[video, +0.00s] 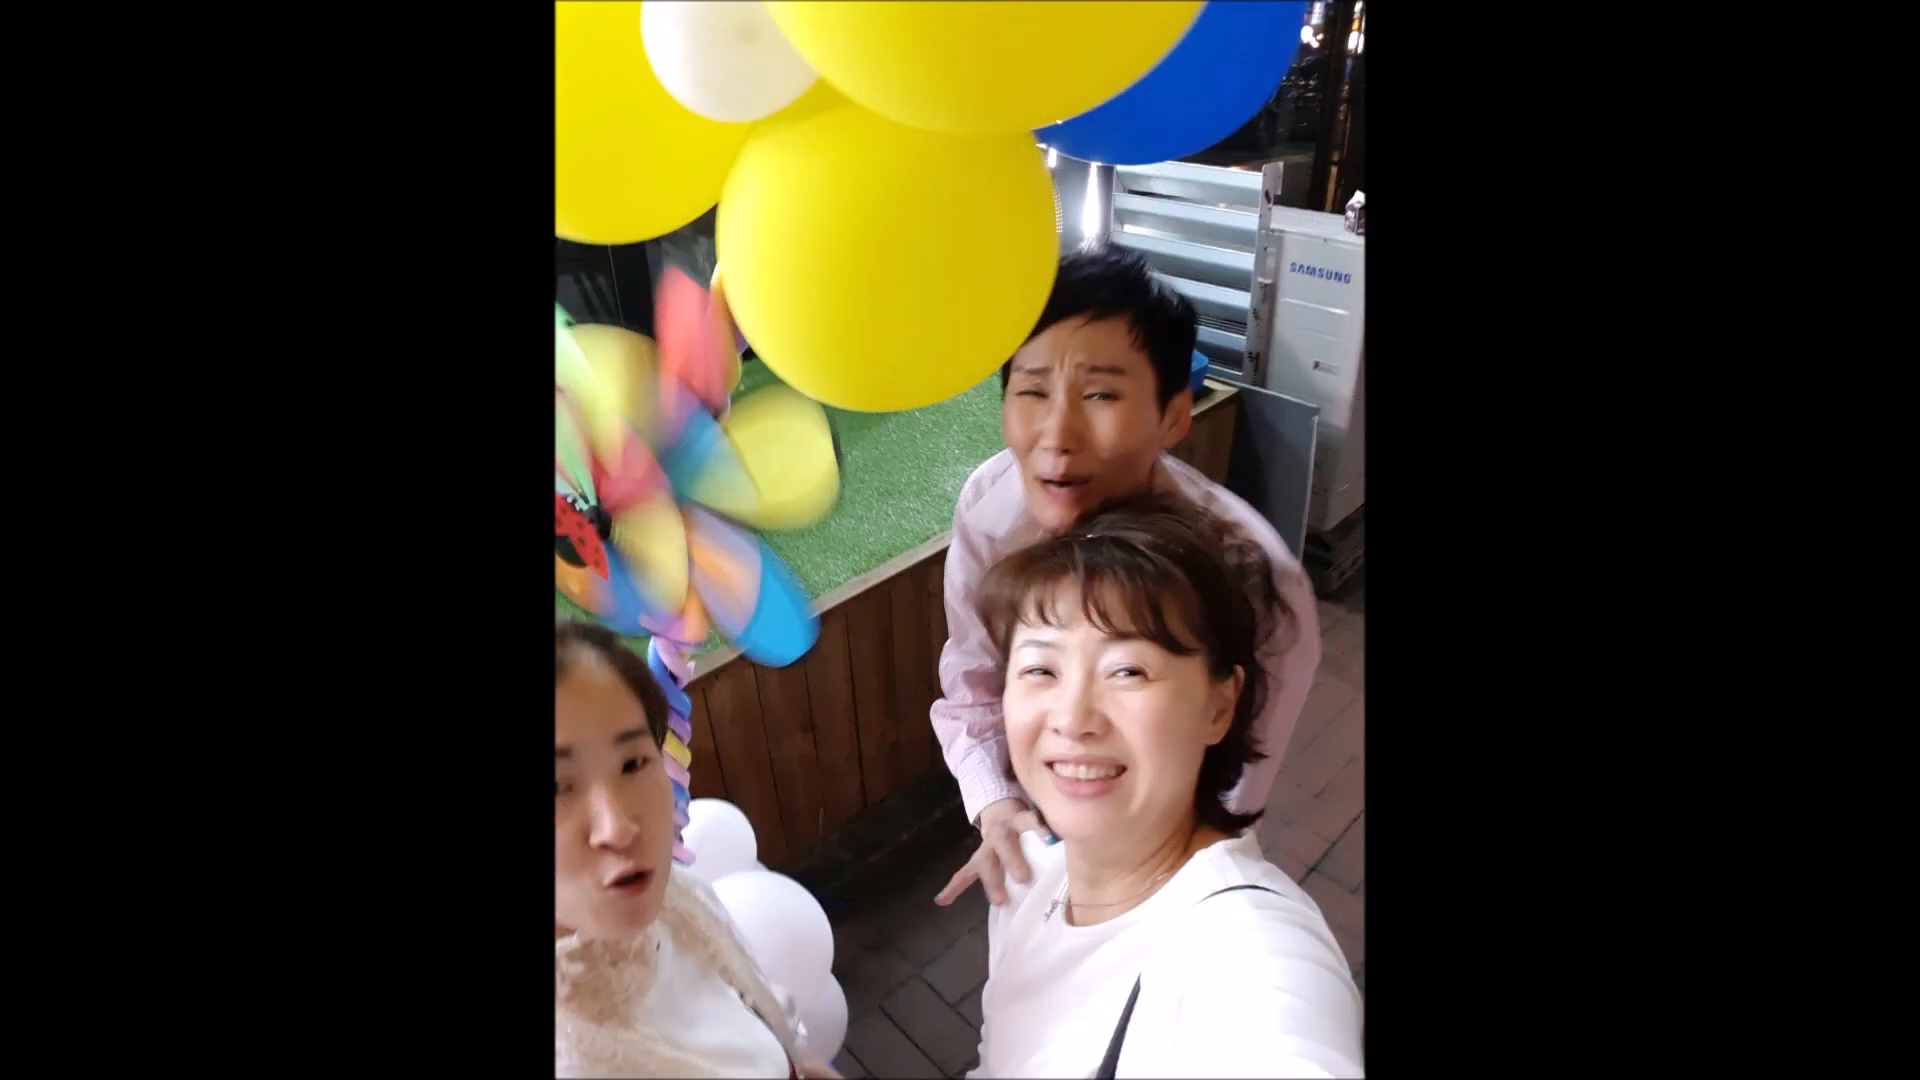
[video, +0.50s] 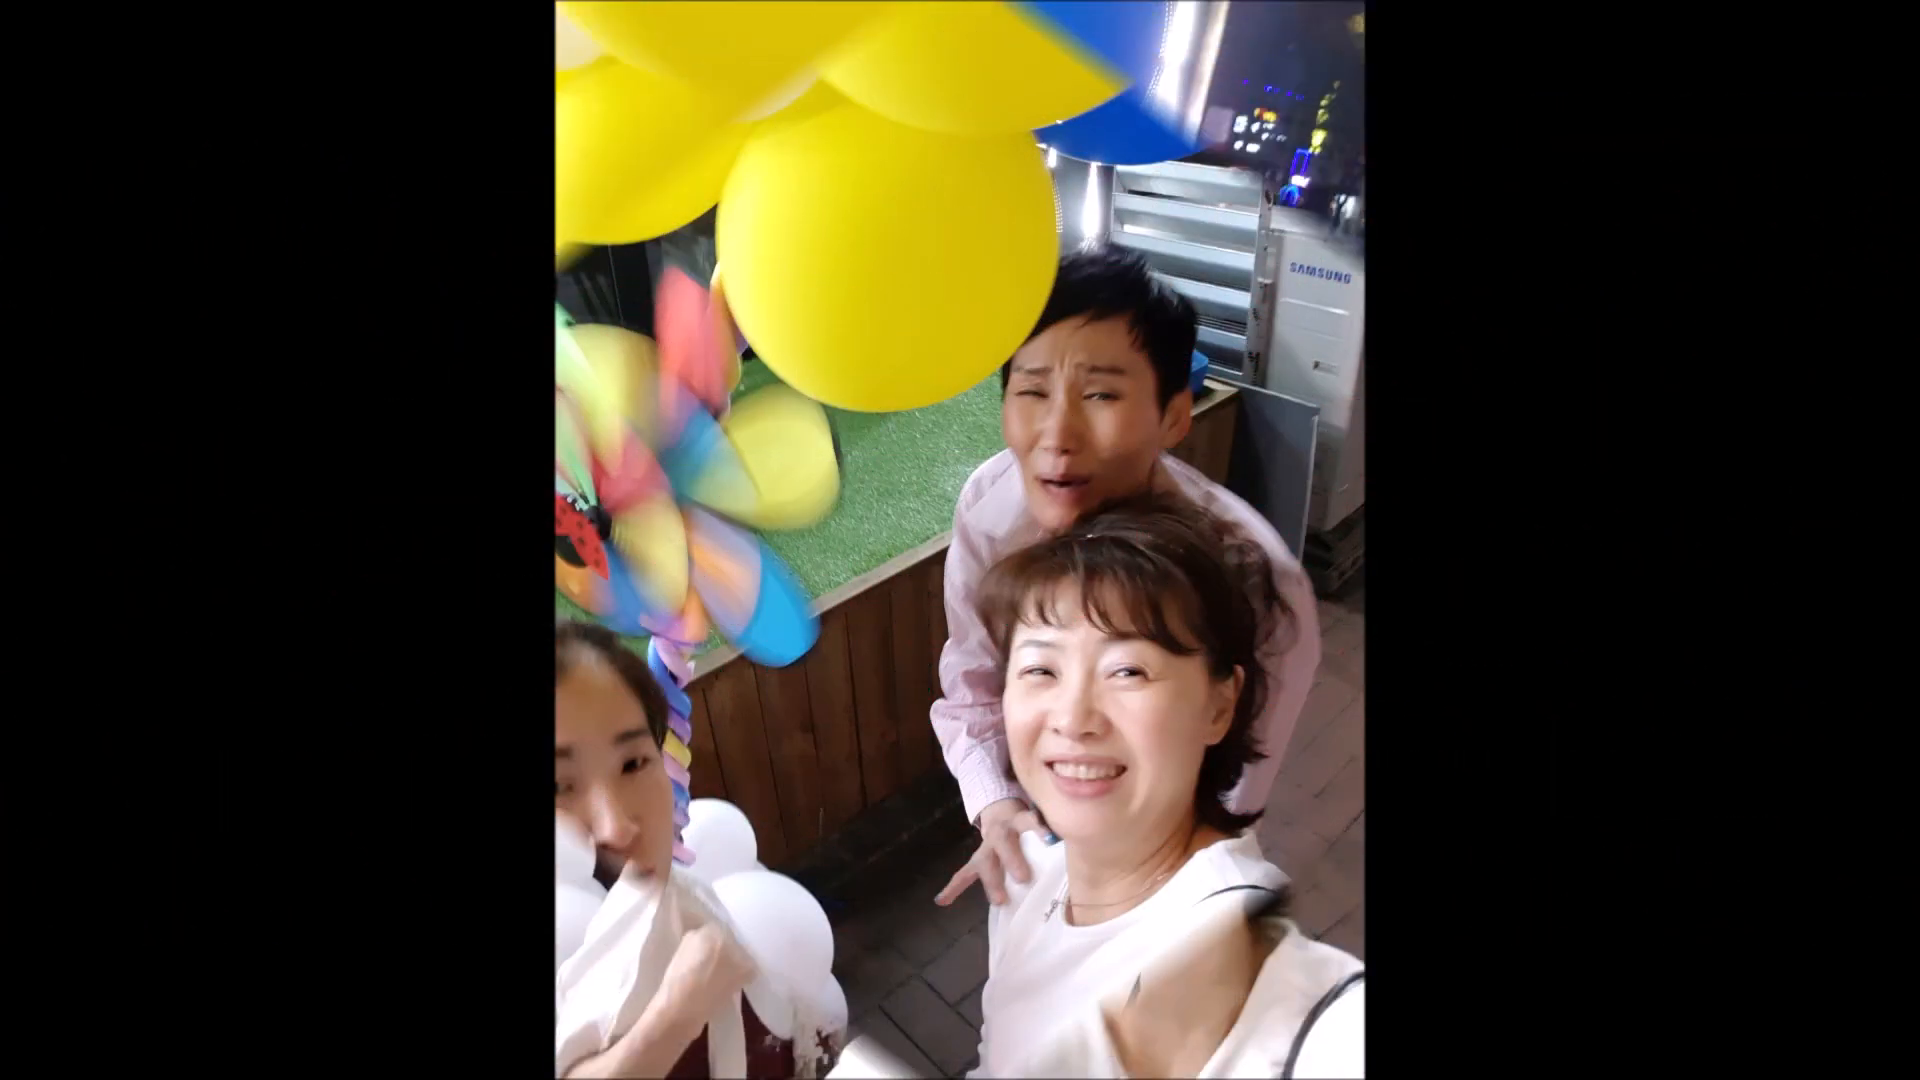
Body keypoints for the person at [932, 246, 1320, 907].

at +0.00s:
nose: (1057, 435)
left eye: (1101, 395)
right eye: (1033, 393)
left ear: (1174, 419)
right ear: (1004, 407)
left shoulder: (1253, 576)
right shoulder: (990, 504)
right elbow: (967, 677)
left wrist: (1224, 819)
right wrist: (992, 803)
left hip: (1176, 818)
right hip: (1040, 807)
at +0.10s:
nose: (1057, 435)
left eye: (1101, 395)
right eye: (1033, 393)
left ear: (1174, 419)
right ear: (1004, 407)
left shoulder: (1253, 576)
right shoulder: (990, 504)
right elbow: (967, 677)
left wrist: (1224, 818)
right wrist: (992, 803)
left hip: (1176, 818)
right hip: (1040, 808)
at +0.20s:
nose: (1057, 435)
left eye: (1101, 395)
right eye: (1033, 393)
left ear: (1174, 419)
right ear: (1004, 407)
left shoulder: (1253, 576)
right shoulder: (990, 504)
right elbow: (967, 677)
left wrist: (1224, 819)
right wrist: (992, 803)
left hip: (1176, 818)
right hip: (1040, 808)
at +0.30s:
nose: (1057, 435)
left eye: (1101, 395)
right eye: (1033, 393)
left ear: (1174, 419)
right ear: (1004, 407)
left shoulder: (1253, 576)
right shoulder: (990, 504)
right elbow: (967, 677)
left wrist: (1224, 819)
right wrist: (992, 803)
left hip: (1176, 818)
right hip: (1040, 808)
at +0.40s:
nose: (1057, 435)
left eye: (1101, 395)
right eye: (1033, 393)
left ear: (1174, 419)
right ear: (1004, 407)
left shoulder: (1253, 576)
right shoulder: (990, 504)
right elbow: (967, 677)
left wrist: (1225, 818)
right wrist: (992, 803)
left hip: (1176, 817)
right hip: (1040, 807)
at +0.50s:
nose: (1057, 435)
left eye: (1101, 396)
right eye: (1033, 393)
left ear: (1174, 420)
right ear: (1004, 407)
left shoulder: (1253, 576)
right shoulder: (990, 504)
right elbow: (967, 677)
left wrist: (1224, 818)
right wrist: (992, 802)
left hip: (1177, 818)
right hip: (1040, 806)